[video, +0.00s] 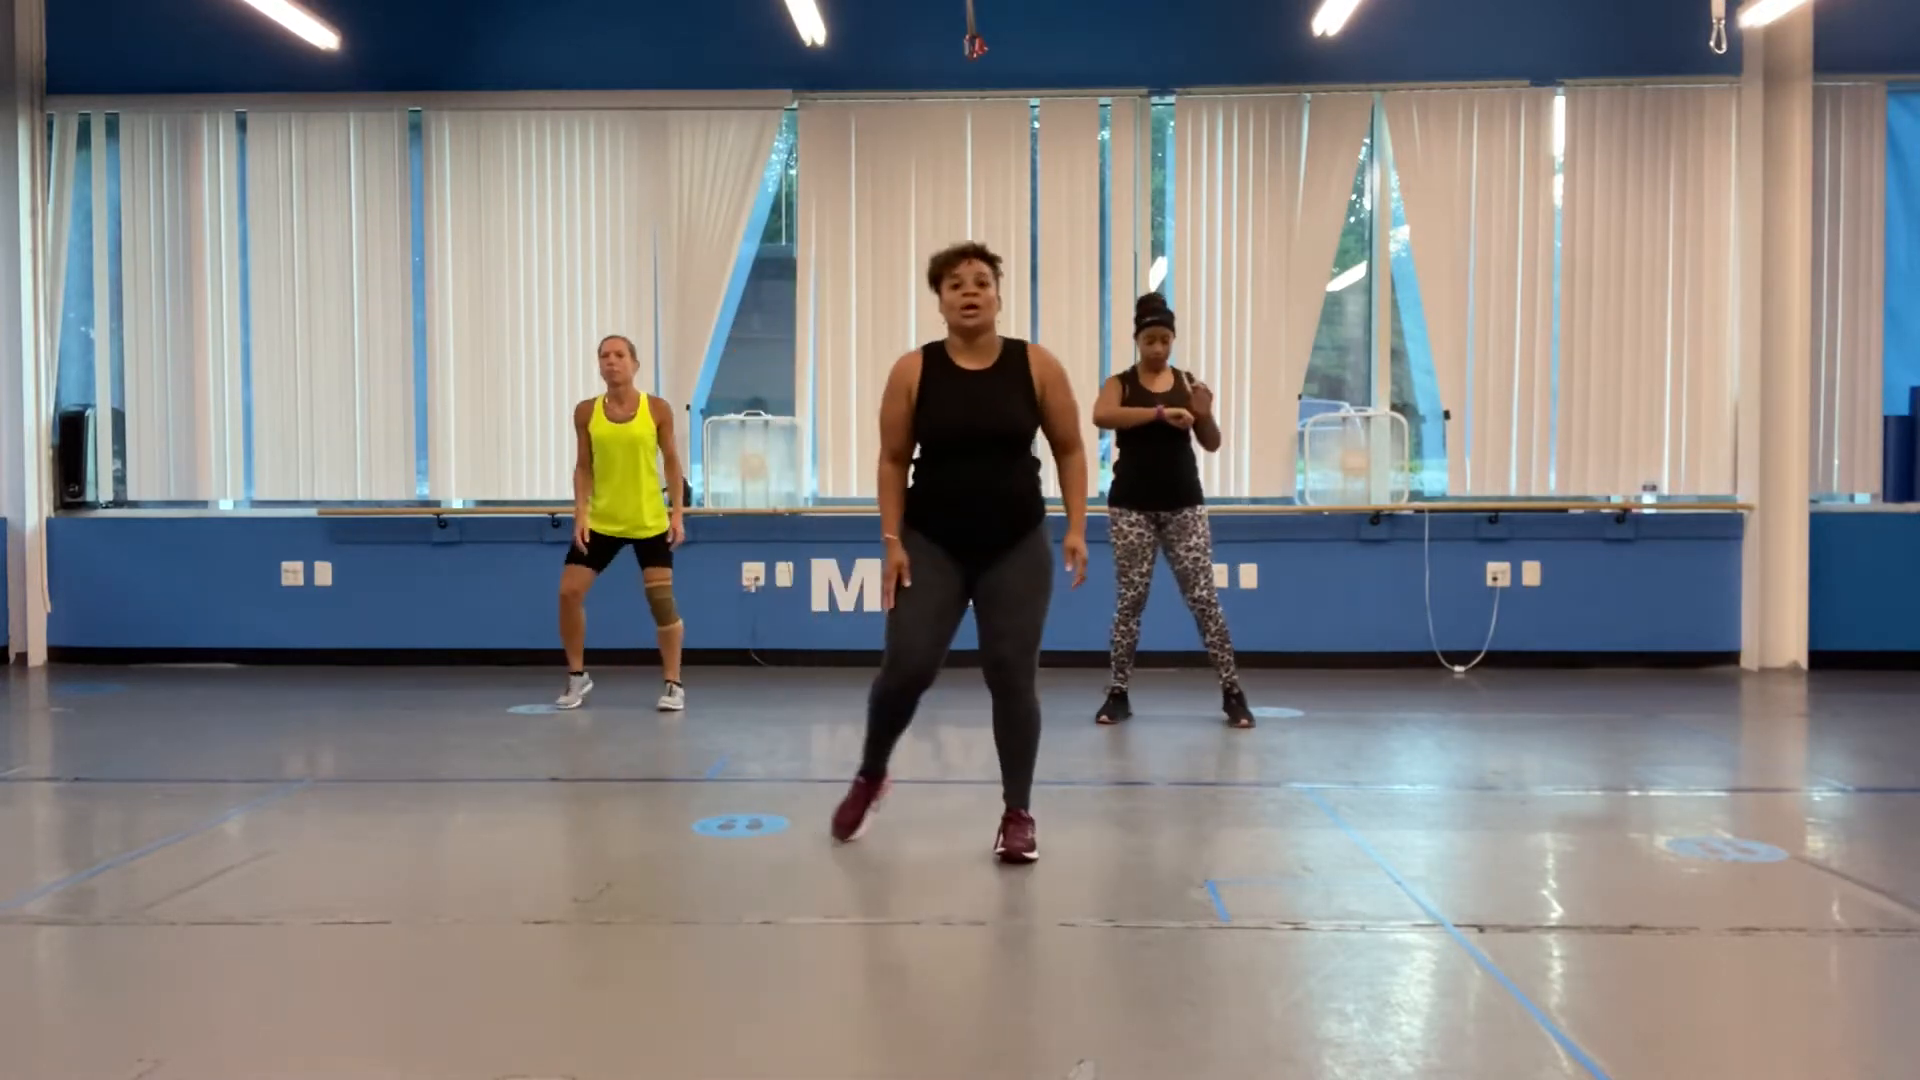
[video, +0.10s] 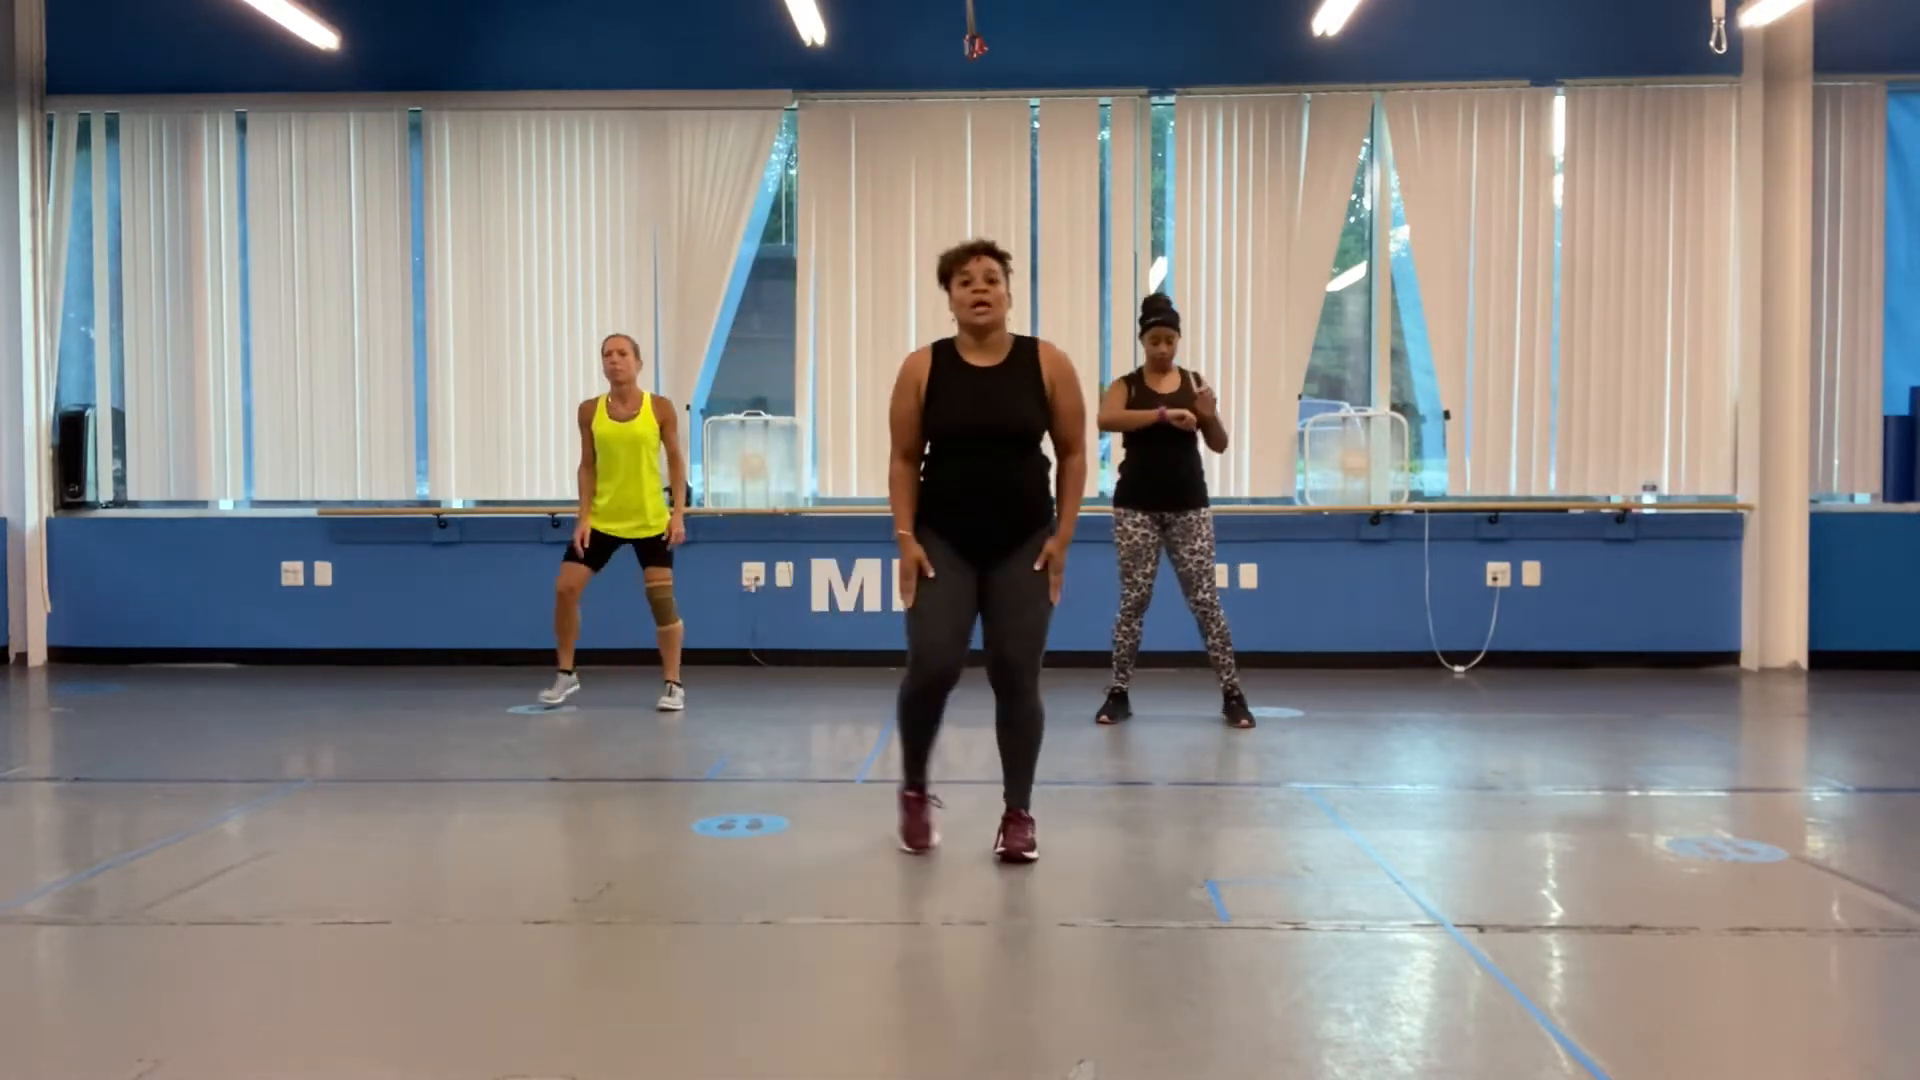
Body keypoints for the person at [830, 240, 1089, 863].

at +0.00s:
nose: (970, 294)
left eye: (981, 284)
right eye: (958, 286)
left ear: (999, 295)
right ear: (939, 299)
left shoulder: (1037, 367)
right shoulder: (913, 370)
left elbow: (1069, 449)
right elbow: (893, 460)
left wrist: (1076, 525)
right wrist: (891, 541)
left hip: (1016, 542)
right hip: (932, 542)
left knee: (1012, 675)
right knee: (907, 669)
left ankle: (1018, 815)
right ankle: (870, 777)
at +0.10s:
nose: (980, 291)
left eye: (990, 282)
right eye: (967, 284)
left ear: (1008, 292)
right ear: (949, 298)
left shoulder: (1048, 364)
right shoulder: (922, 369)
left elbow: (1074, 454)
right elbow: (903, 459)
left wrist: (1062, 534)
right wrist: (905, 536)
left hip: (1023, 540)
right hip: (941, 539)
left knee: (1016, 675)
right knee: (933, 668)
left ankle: (1018, 813)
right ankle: (914, 789)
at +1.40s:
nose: (980, 301)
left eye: (992, 290)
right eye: (967, 288)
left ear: (1006, 302)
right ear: (945, 298)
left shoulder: (1034, 367)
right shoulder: (913, 359)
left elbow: (1091, 437)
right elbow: (898, 447)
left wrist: (1125, 508)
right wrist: (958, 514)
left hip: (1032, 534)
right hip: (948, 533)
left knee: (1025, 677)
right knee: (925, 661)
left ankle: (1022, 812)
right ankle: (961, 787)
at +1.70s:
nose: (967, 318)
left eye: (980, 307)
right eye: (954, 307)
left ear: (996, 319)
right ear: (934, 318)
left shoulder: (1023, 399)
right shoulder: (905, 375)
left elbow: (1027, 494)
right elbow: (834, 429)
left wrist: (1076, 505)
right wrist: (897, 466)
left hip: (997, 547)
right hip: (916, 549)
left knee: (979, 655)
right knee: (911, 679)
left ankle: (1046, 763)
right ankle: (925, 809)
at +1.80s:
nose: (968, 317)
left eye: (980, 307)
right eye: (955, 308)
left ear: (997, 317)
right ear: (936, 319)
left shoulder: (1025, 386)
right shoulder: (906, 372)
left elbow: (1040, 477)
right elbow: (821, 402)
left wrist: (1037, 495)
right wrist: (831, 473)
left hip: (1003, 547)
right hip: (918, 547)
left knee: (1009, 663)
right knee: (916, 683)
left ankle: (1021, 782)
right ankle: (924, 808)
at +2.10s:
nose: (975, 336)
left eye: (986, 324)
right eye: (961, 327)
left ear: (1005, 332)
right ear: (945, 339)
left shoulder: (1042, 391)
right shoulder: (922, 408)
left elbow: (1082, 470)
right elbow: (876, 482)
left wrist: (1009, 496)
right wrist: (817, 469)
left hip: (1026, 546)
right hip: (944, 545)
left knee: (1051, 669)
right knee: (947, 648)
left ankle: (1050, 805)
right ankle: (898, 754)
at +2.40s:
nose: (945, 317)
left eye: (948, 307)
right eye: (930, 308)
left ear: (952, 312)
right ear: (891, 317)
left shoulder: (976, 366)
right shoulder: (861, 383)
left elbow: (1051, 398)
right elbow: (857, 473)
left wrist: (1067, 432)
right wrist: (898, 476)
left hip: (986, 537)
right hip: (906, 543)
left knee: (1015, 664)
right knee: (854, 656)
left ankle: (1050, 798)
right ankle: (856, 783)